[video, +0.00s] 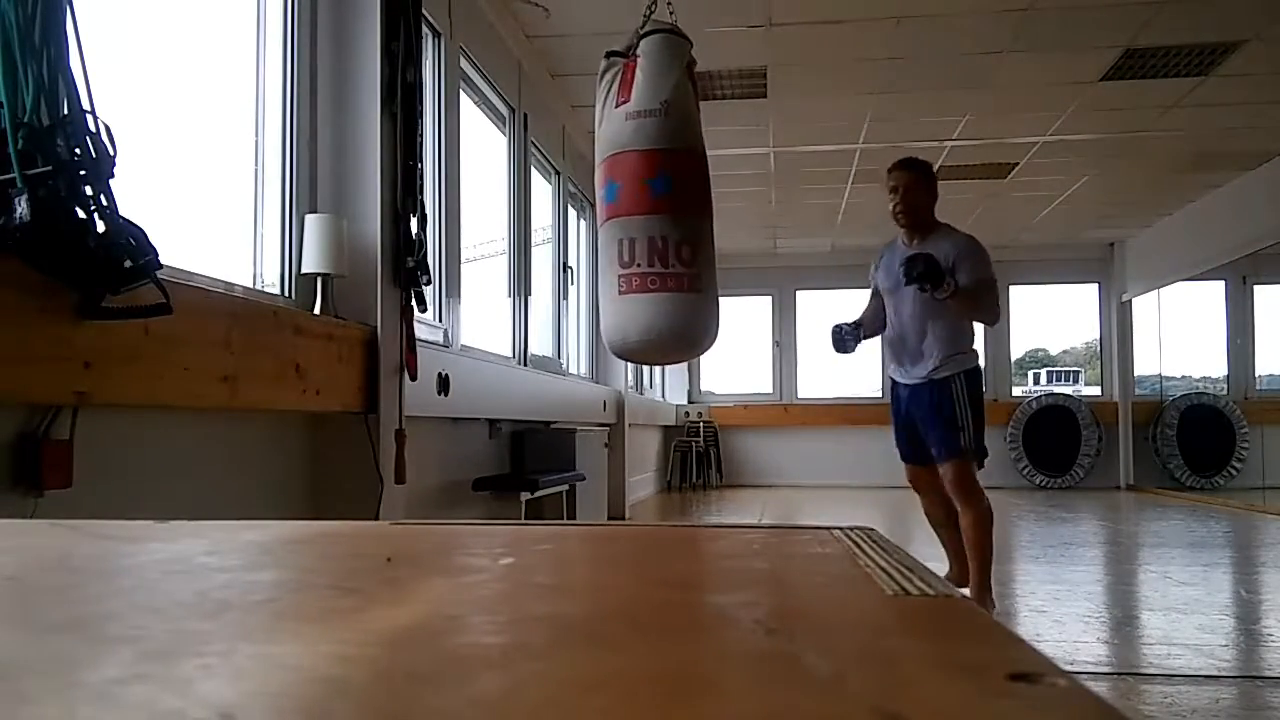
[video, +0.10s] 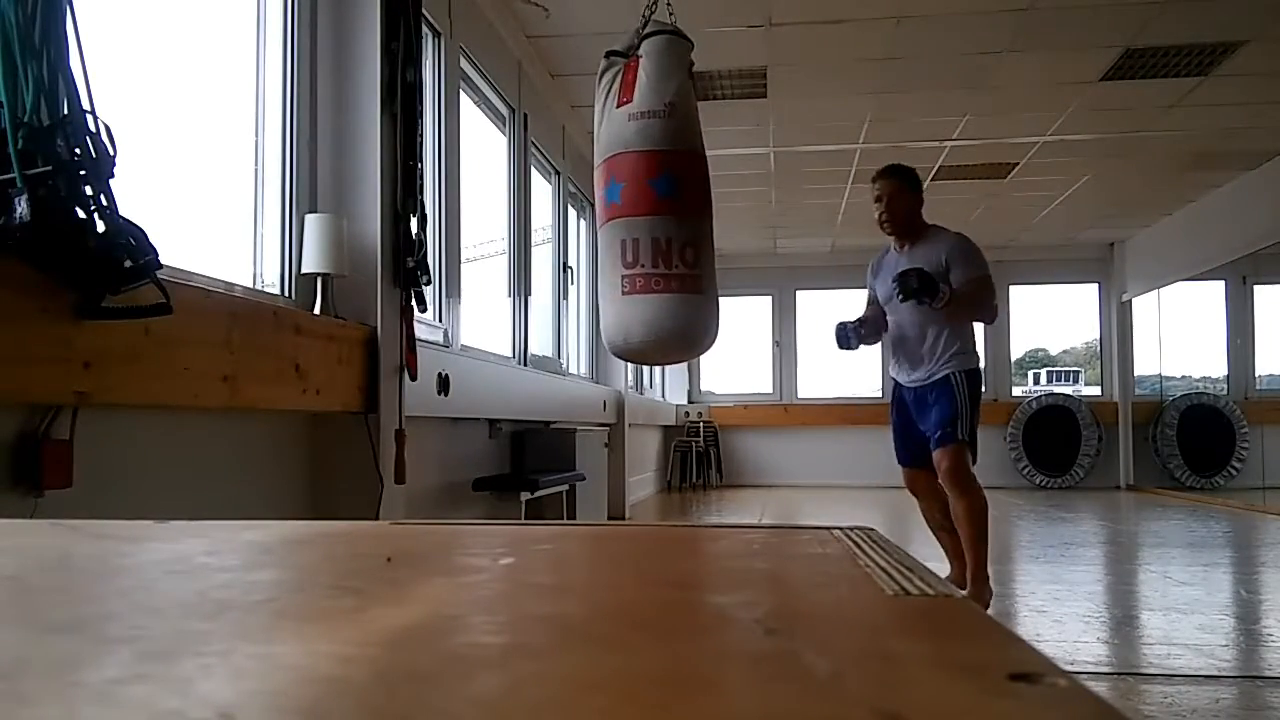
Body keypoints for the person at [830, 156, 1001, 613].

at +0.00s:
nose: (896, 201)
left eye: (906, 190)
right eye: (891, 192)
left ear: (931, 193)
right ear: (887, 199)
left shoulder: (962, 248)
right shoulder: (887, 259)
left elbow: (991, 313)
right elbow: (879, 313)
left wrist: (945, 288)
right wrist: (855, 329)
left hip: (950, 378)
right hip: (904, 383)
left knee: (960, 484)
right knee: (923, 481)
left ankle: (983, 594)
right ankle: (959, 568)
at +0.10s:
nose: (880, 210)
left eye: (888, 200)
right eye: (876, 202)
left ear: (915, 199)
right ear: (877, 208)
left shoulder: (953, 247)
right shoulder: (881, 264)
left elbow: (988, 309)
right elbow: (877, 320)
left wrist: (941, 295)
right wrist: (858, 331)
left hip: (950, 373)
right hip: (905, 382)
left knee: (951, 469)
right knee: (917, 480)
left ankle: (979, 582)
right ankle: (959, 568)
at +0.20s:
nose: (869, 208)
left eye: (876, 197)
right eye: (865, 199)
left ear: (904, 194)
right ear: (867, 204)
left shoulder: (950, 235)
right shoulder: (878, 256)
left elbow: (990, 290)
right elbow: (885, 319)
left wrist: (940, 279)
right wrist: (864, 309)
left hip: (948, 366)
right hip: (903, 373)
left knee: (949, 465)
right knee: (915, 473)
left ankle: (967, 583)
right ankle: (953, 563)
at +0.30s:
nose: (866, 214)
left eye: (872, 203)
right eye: (861, 206)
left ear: (900, 197)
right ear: (867, 208)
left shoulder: (948, 237)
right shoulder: (878, 257)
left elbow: (987, 288)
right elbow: (867, 323)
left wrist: (941, 274)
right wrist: (857, 299)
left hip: (945, 368)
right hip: (901, 375)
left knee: (944, 466)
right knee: (918, 474)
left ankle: (950, 580)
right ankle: (962, 564)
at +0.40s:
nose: (863, 223)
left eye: (868, 211)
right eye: (859, 214)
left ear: (898, 205)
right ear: (868, 213)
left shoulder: (944, 246)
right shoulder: (874, 263)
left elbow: (973, 309)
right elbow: (856, 331)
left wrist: (932, 287)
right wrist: (845, 303)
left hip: (940, 374)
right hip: (897, 381)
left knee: (938, 476)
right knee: (922, 480)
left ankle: (944, 588)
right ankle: (965, 569)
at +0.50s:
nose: (858, 224)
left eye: (861, 213)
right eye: (854, 215)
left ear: (891, 204)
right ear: (873, 211)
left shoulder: (940, 246)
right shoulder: (867, 260)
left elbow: (947, 309)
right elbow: (863, 322)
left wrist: (914, 278)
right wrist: (841, 307)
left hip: (938, 371)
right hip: (895, 376)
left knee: (932, 477)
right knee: (902, 477)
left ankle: (938, 583)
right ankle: (957, 561)